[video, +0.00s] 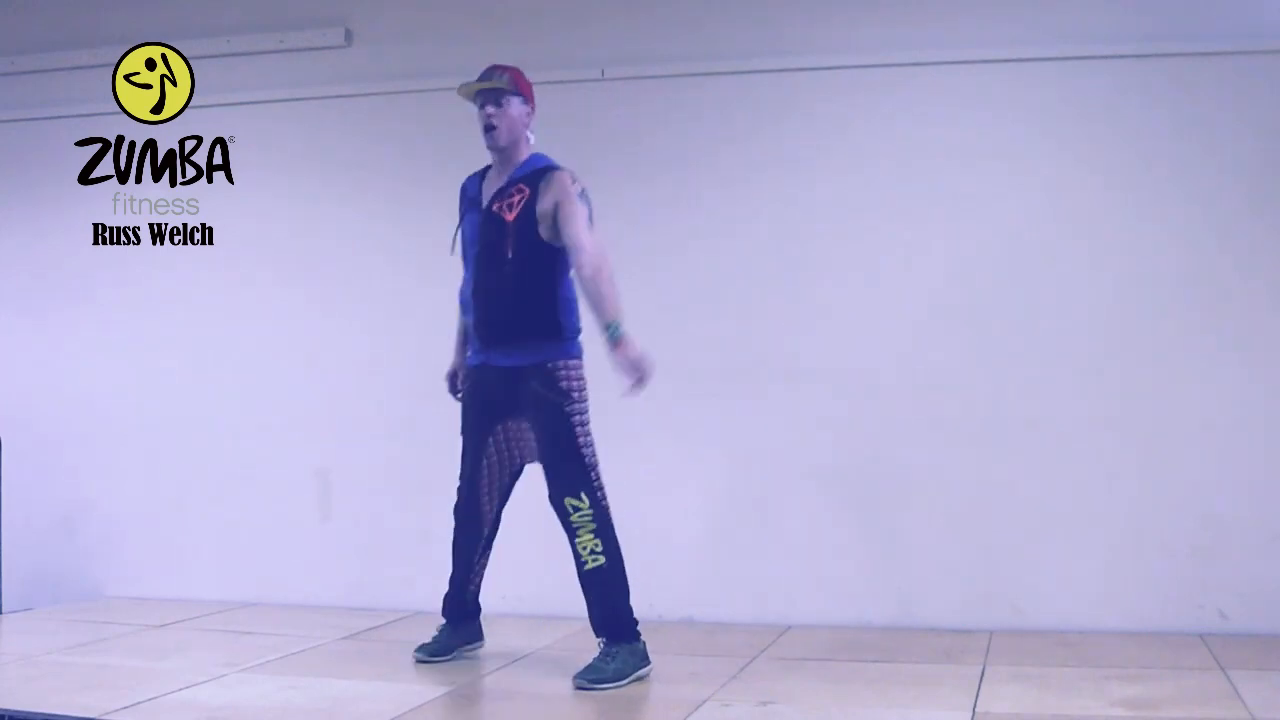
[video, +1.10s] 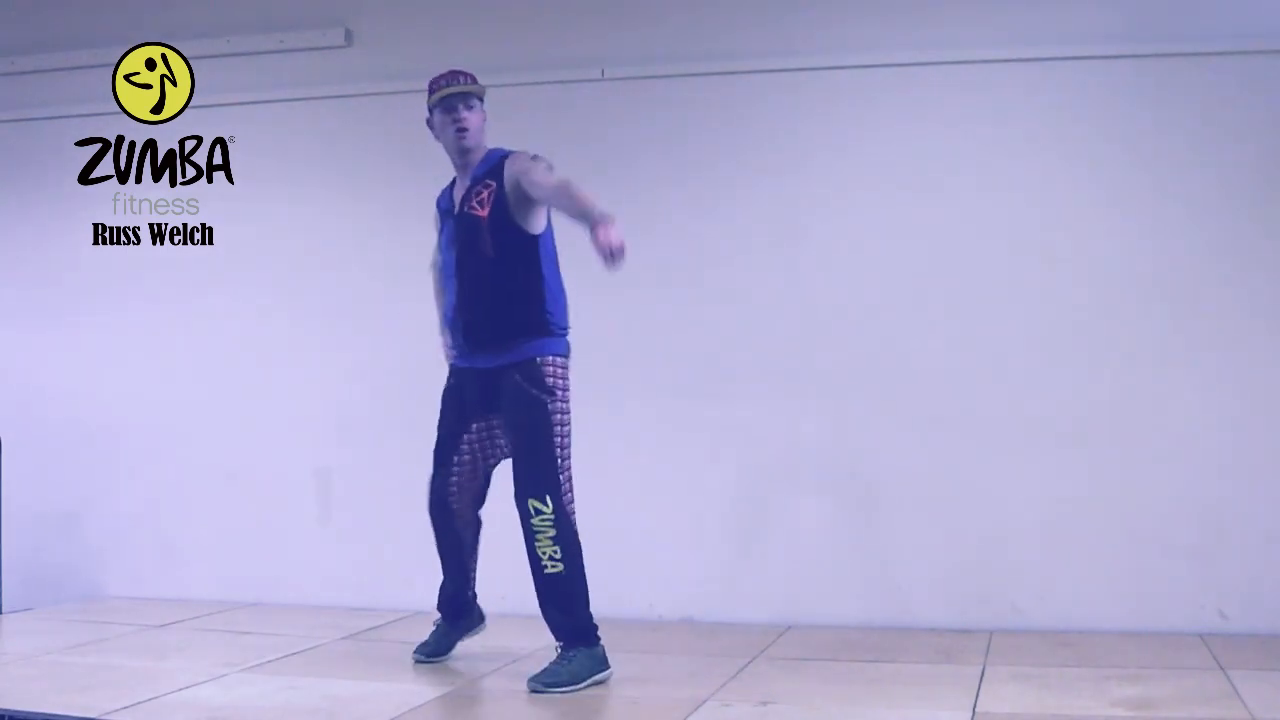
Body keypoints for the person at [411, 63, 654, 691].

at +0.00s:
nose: (489, 113)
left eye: (500, 103)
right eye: (482, 105)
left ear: (528, 112)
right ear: (477, 117)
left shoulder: (558, 185)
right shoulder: (473, 189)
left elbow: (589, 263)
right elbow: (471, 280)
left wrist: (618, 338)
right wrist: (460, 353)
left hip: (551, 369)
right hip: (489, 373)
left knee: (580, 502)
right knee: (475, 499)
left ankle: (622, 642)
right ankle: (461, 623)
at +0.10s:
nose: (468, 127)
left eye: (479, 116)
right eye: (461, 118)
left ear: (507, 121)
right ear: (456, 128)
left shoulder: (537, 197)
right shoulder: (451, 197)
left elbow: (542, 295)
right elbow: (440, 283)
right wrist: (432, 363)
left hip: (522, 373)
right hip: (462, 374)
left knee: (546, 504)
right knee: (462, 506)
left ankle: (613, 633)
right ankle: (464, 626)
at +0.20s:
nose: (448, 141)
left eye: (458, 130)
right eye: (442, 132)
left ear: (487, 131)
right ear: (438, 139)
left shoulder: (524, 204)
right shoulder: (437, 205)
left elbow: (529, 298)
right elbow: (422, 283)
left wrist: (465, 367)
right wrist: (410, 360)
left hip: (517, 365)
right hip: (456, 367)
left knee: (513, 480)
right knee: (450, 491)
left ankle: (581, 612)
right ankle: (463, 622)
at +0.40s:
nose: (423, 138)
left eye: (433, 127)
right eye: (416, 130)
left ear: (461, 127)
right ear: (411, 136)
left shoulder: (497, 192)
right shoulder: (418, 197)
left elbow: (511, 287)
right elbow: (404, 271)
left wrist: (428, 295)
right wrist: (395, 331)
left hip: (502, 358)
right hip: (444, 361)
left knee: (470, 478)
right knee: (442, 488)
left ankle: (507, 599)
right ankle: (460, 621)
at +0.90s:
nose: (441, 112)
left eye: (449, 102)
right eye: (428, 104)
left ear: (465, 112)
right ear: (412, 119)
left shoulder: (494, 170)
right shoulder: (416, 194)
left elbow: (534, 242)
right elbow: (408, 261)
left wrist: (499, 328)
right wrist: (415, 314)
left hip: (507, 352)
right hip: (447, 360)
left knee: (523, 489)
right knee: (460, 494)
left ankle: (571, 633)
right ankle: (460, 624)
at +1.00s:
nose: (454, 119)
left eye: (463, 108)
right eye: (441, 112)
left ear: (479, 118)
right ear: (426, 127)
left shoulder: (506, 175)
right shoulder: (434, 201)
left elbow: (542, 225)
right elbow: (426, 273)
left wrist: (584, 285)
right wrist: (430, 333)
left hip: (519, 365)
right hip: (457, 372)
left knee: (543, 504)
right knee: (460, 502)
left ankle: (581, 646)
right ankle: (462, 623)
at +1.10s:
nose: (460, 118)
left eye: (468, 107)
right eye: (447, 111)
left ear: (485, 116)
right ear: (432, 127)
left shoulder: (515, 168)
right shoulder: (445, 201)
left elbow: (556, 188)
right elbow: (443, 275)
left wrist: (598, 219)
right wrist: (451, 338)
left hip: (533, 363)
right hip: (472, 370)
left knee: (542, 505)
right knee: (450, 498)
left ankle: (581, 646)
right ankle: (459, 611)